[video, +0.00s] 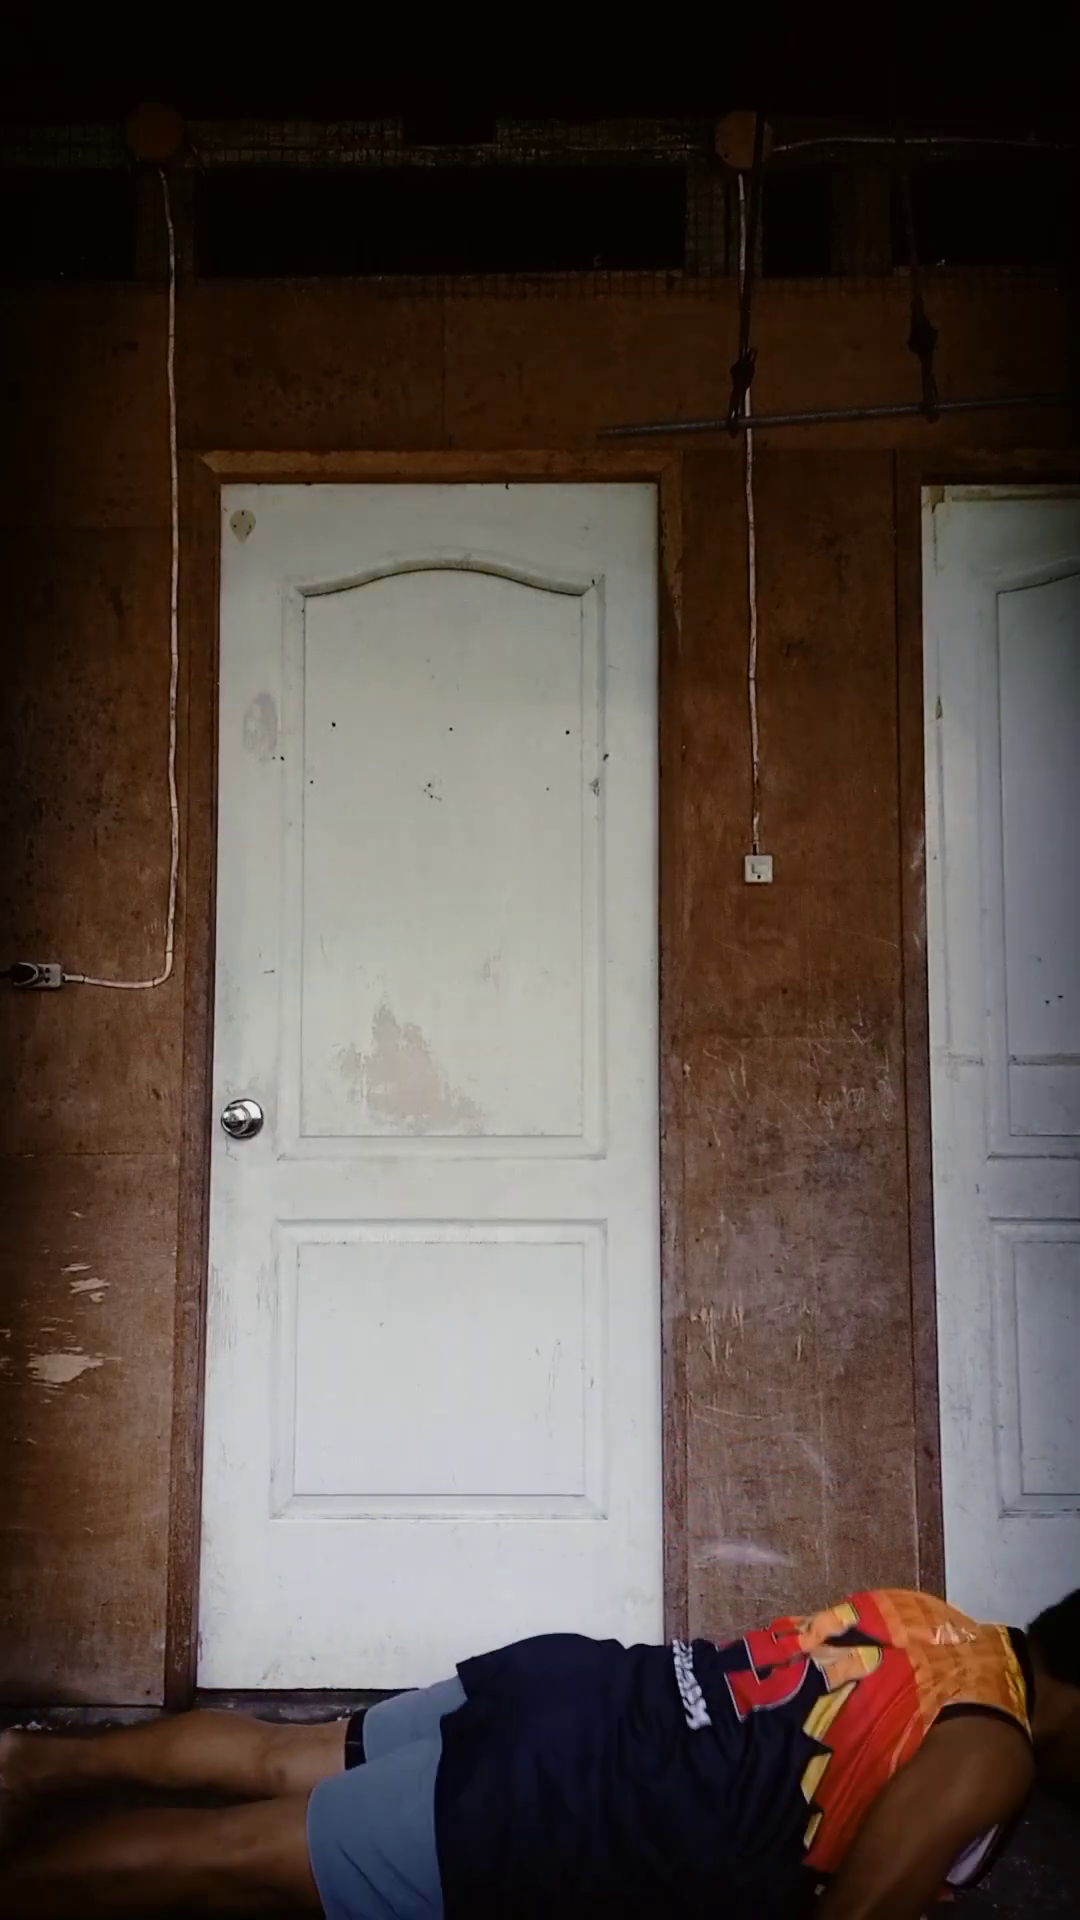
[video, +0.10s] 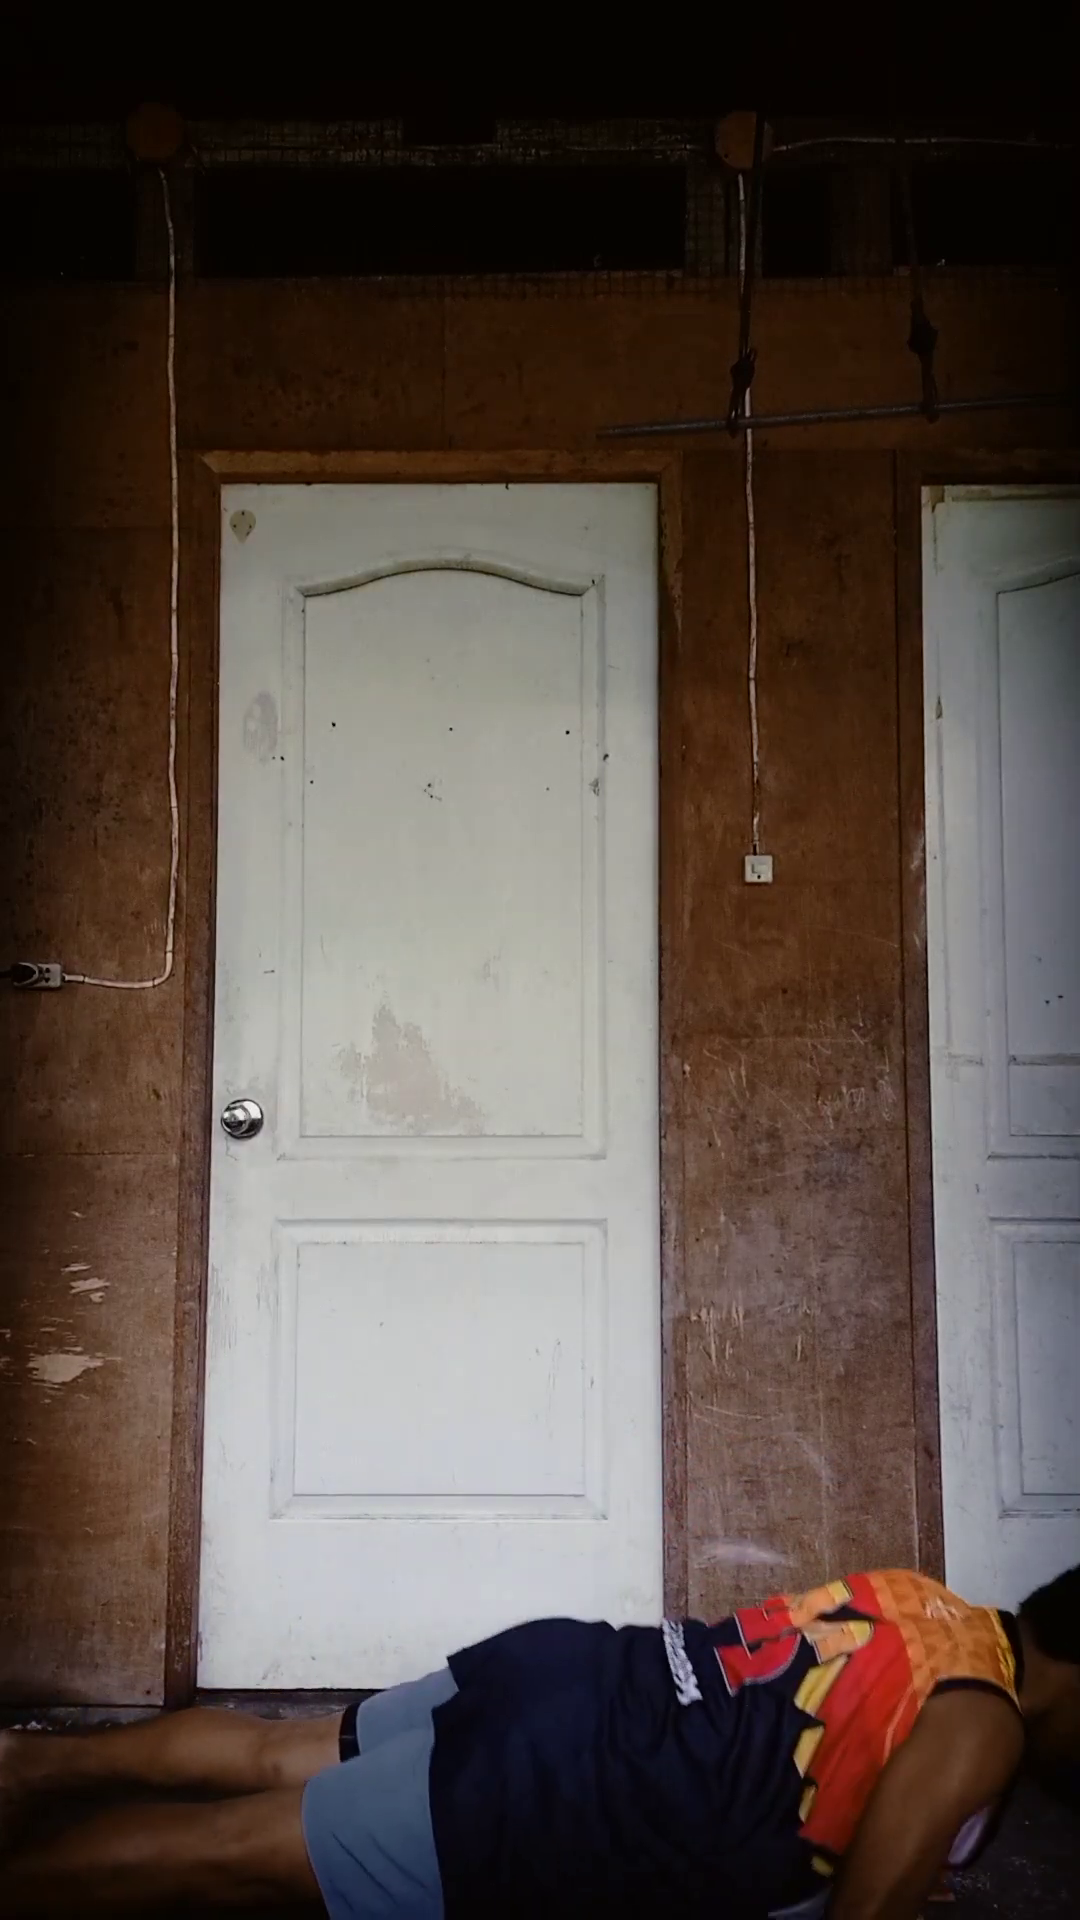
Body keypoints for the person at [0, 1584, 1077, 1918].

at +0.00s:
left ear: (1041, 1624)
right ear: (1078, 1696)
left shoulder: (924, 1612)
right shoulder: (989, 1748)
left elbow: (784, 1708)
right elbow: (862, 1903)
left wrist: (908, 1840)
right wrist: (948, 1875)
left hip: (565, 1683)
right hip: (548, 1812)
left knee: (291, 1753)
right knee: (238, 1861)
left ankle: (40, 1760)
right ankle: (27, 1866)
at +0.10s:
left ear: (1033, 1605)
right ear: (1072, 1668)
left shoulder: (912, 1593)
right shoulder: (976, 1721)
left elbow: (765, 1660)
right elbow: (869, 1899)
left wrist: (894, 1812)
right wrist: (943, 1861)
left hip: (554, 1666)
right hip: (539, 1801)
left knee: (296, 1749)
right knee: (241, 1857)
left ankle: (35, 1759)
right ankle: (19, 1862)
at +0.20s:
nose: (1079, 1689)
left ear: (1026, 1574)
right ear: (1063, 1629)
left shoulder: (899, 1563)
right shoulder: (959, 1690)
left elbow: (773, 1694)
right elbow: (871, 1900)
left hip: (547, 1654)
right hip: (536, 1779)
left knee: (290, 1739)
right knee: (222, 1845)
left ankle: (33, 1759)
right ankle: (14, 1860)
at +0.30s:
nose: (1067, 1648)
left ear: (1008, 1531)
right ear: (1052, 1590)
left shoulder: (885, 1529)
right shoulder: (938, 1647)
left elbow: (784, 1688)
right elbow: (863, 1883)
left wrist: (877, 1785)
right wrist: (916, 1862)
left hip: (536, 1630)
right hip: (531, 1744)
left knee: (269, 1727)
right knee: (221, 1824)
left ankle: (28, 1760)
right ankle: (11, 1856)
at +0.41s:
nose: (1062, 1637)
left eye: (1076, 1616)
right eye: (1076, 1611)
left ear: (1005, 1518)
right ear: (1048, 1577)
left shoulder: (875, 1514)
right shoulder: (929, 1633)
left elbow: (804, 1706)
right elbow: (873, 1875)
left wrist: (862, 1841)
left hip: (532, 1617)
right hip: (527, 1737)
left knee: (282, 1720)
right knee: (217, 1824)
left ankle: (30, 1758)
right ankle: (5, 1868)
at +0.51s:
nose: (1053, 1631)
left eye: (1067, 1610)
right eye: (1069, 1606)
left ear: (1002, 1513)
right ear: (1040, 1569)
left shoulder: (870, 1503)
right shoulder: (922, 1628)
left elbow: (794, 1692)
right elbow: (876, 1876)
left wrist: (867, 1832)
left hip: (523, 1612)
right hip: (519, 1731)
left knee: (276, 1717)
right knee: (212, 1824)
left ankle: (30, 1757)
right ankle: (5, 1868)